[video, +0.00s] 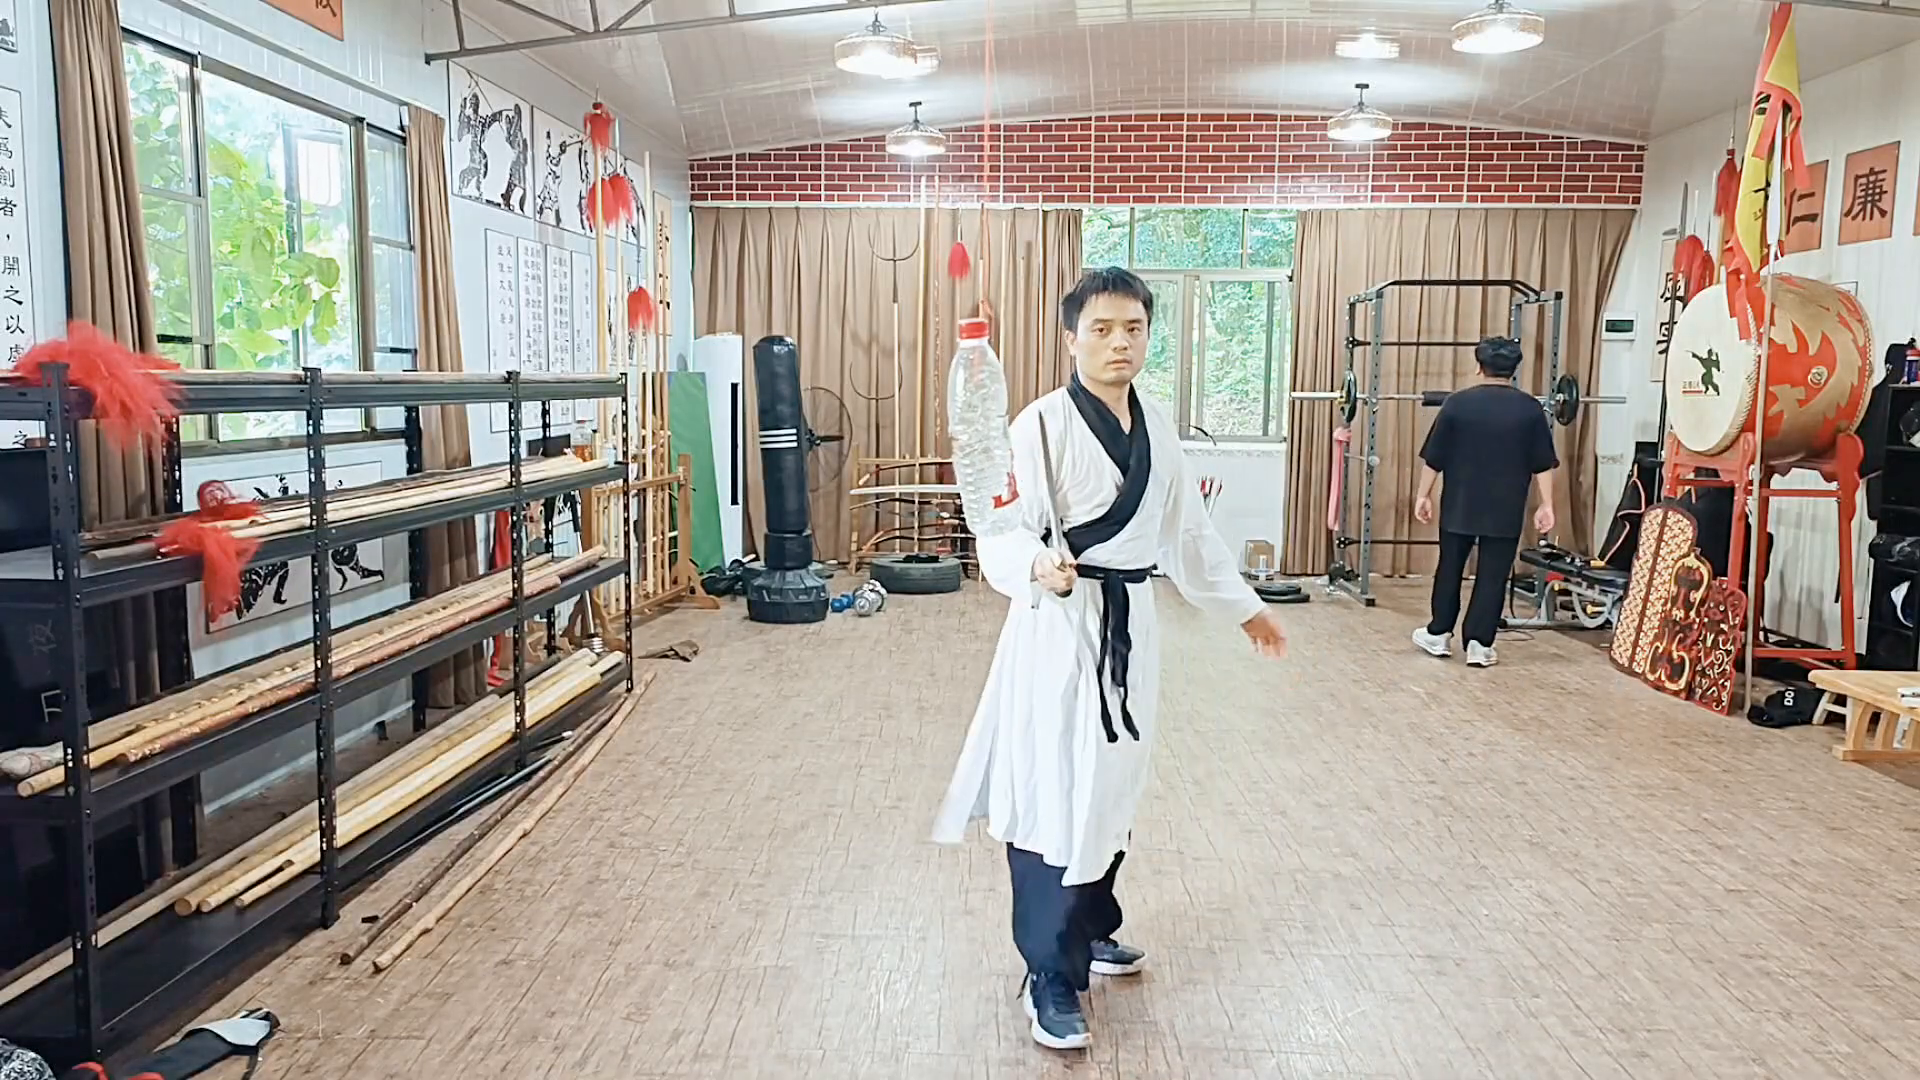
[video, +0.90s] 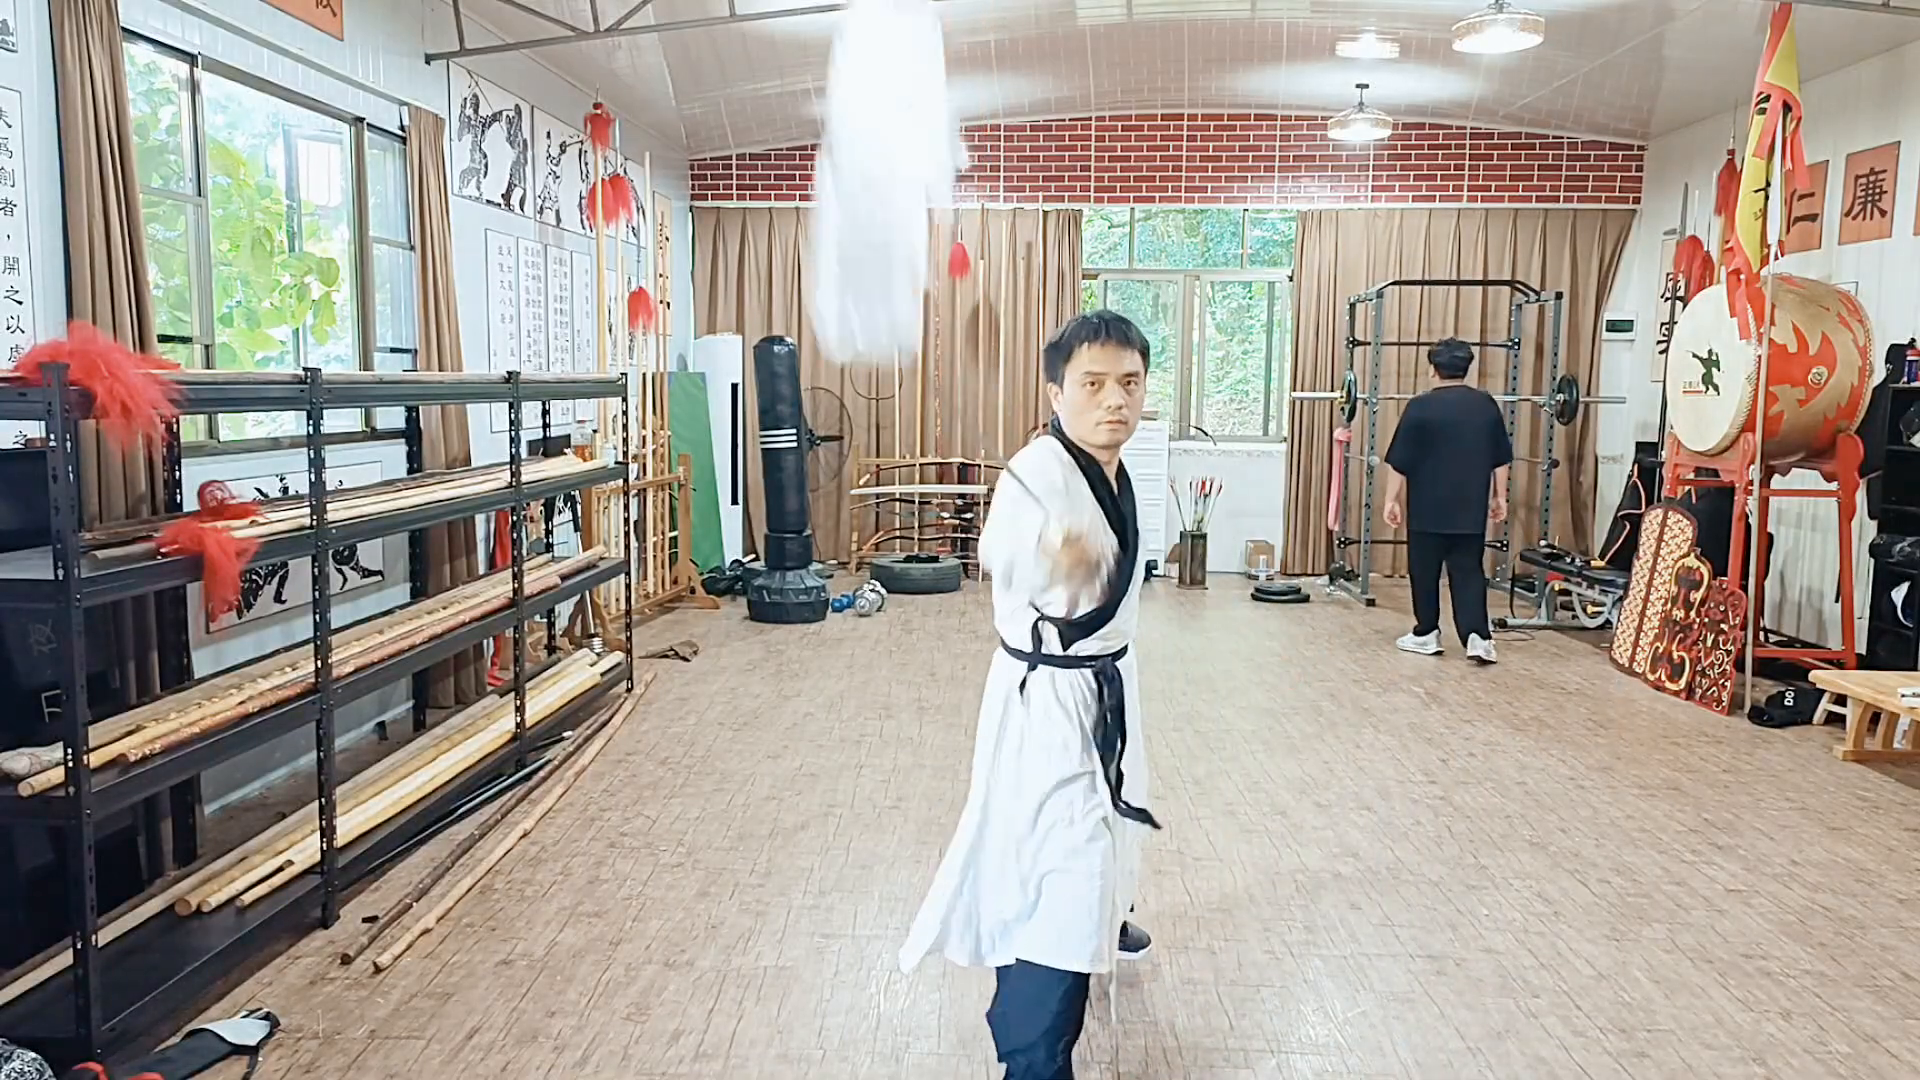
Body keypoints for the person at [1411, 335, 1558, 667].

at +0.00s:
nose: (1475, 368)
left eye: (1477, 364)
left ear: (1480, 367)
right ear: (1514, 369)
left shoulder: (1458, 402)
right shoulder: (1530, 408)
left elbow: (1435, 456)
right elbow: (1543, 463)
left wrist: (1423, 494)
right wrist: (1546, 505)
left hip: (1459, 508)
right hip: (1505, 513)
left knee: (1449, 571)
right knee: (1492, 580)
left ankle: (1438, 636)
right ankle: (1479, 646)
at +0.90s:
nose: (1430, 370)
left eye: (1432, 366)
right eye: (1434, 365)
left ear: (1435, 370)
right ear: (1467, 370)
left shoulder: (1420, 405)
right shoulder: (1485, 403)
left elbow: (1399, 459)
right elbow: (1501, 456)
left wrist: (1391, 498)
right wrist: (1500, 495)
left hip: (1427, 508)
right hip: (1470, 509)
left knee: (1424, 573)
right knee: (1468, 571)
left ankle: (1426, 634)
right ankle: (1477, 637)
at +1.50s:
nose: (1409, 370)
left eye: (1411, 366)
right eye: (1413, 366)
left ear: (1414, 371)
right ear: (1444, 370)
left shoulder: (1401, 407)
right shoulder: (1464, 404)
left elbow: (1380, 461)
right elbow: (1478, 453)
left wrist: (1374, 499)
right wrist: (1478, 487)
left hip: (1411, 507)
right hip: (1451, 504)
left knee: (1415, 568)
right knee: (1444, 557)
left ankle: (1425, 633)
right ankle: (1439, 609)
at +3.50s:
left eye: (1423, 383)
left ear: (1421, 387)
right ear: (1453, 384)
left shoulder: (1408, 423)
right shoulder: (1470, 416)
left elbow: (1388, 472)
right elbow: (1491, 462)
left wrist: (1381, 506)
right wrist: (1489, 490)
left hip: (1420, 513)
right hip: (1460, 512)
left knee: (1412, 563)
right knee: (1460, 569)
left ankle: (1405, 609)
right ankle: (1463, 629)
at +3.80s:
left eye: (1444, 368)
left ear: (1443, 371)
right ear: (1477, 372)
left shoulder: (1431, 407)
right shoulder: (1494, 406)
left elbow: (1412, 460)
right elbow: (1509, 456)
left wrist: (1406, 496)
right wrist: (1511, 492)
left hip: (1436, 504)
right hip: (1480, 505)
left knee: (1428, 560)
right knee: (1471, 570)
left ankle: (1421, 623)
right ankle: (1463, 637)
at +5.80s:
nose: (1426, 366)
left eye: (1428, 363)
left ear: (1430, 367)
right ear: (1463, 369)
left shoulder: (1412, 404)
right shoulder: (1478, 404)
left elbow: (1391, 455)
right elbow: (1494, 454)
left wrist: (1386, 491)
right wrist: (1497, 492)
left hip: (1421, 507)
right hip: (1465, 507)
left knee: (1423, 571)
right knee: (1473, 567)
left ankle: (1428, 635)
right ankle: (1485, 633)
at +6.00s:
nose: (1438, 368)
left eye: (1440, 364)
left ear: (1442, 368)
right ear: (1475, 369)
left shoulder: (1425, 404)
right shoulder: (1490, 405)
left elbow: (1402, 456)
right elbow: (1503, 456)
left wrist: (1394, 493)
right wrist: (1507, 494)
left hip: (1430, 508)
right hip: (1474, 508)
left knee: (1429, 571)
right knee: (1476, 570)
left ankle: (1429, 634)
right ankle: (1486, 635)